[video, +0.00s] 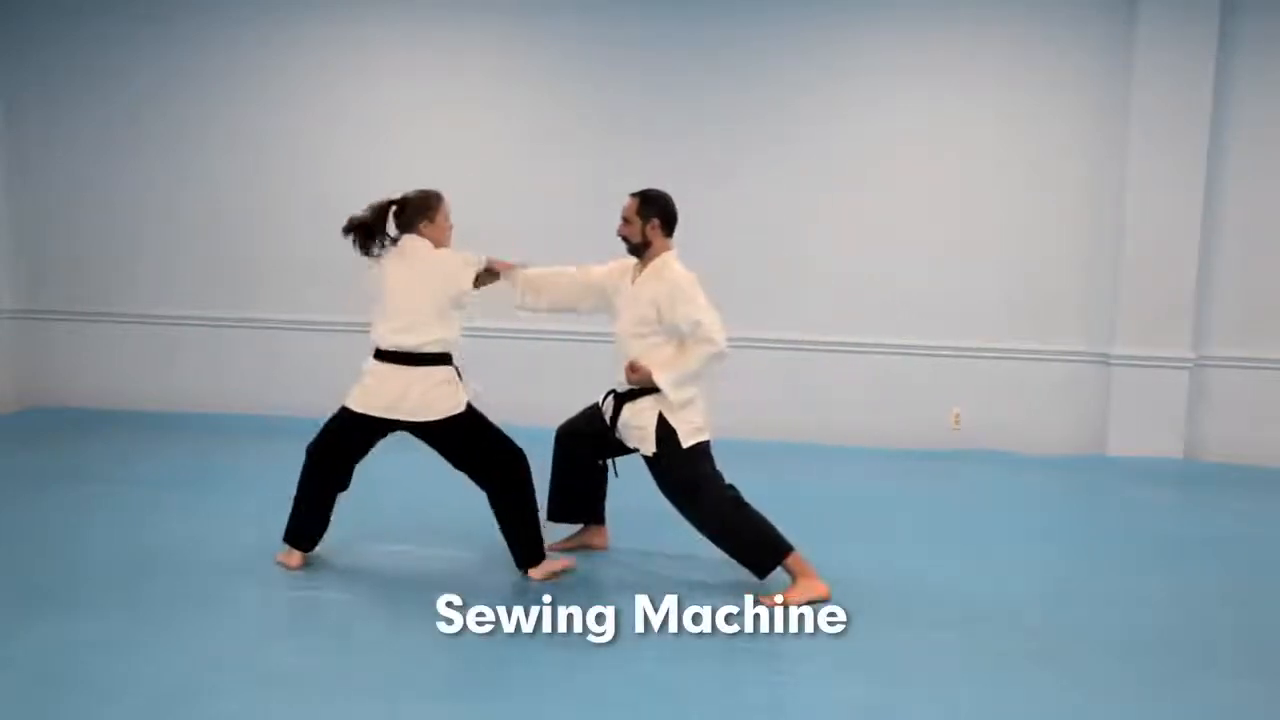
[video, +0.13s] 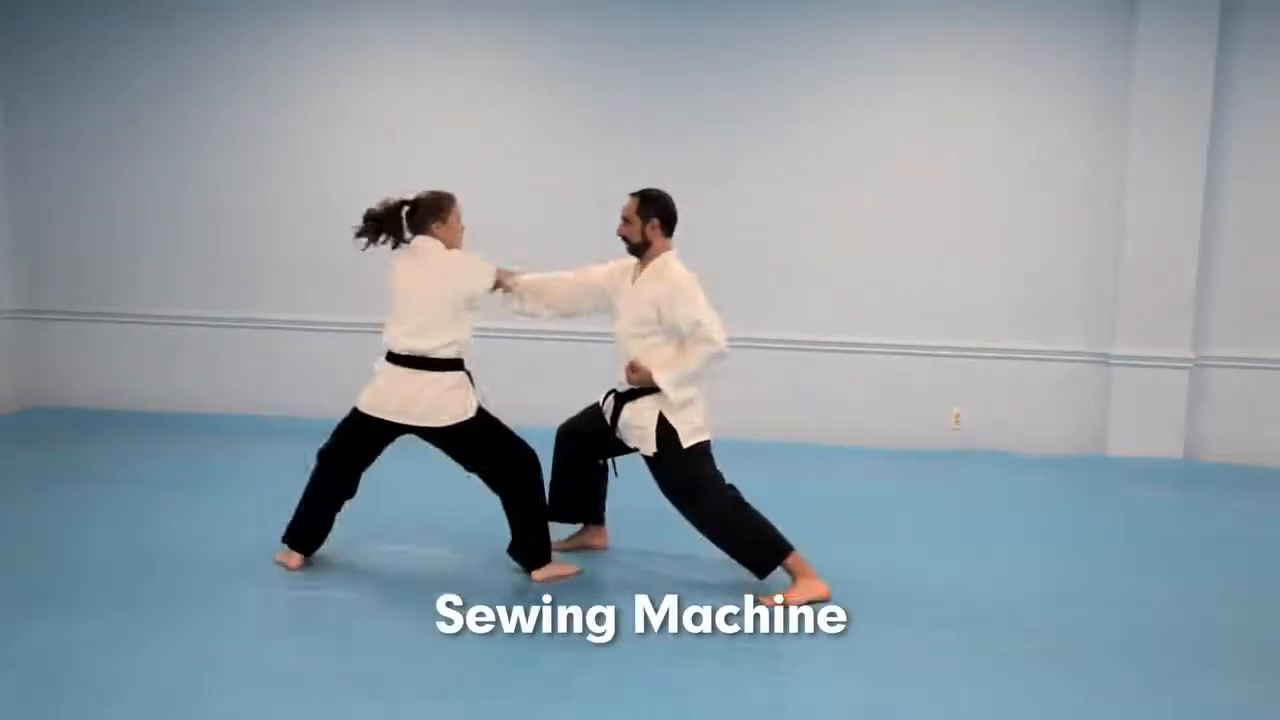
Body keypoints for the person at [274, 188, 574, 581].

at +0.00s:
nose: (450, 226)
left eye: (448, 218)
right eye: (446, 220)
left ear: (407, 225)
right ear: (428, 225)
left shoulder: (389, 259)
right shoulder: (451, 264)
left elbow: (444, 275)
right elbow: (485, 276)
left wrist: (488, 269)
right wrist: (501, 270)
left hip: (376, 394)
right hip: (434, 399)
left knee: (325, 455)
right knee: (506, 462)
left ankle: (296, 549)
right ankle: (535, 562)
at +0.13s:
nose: (463, 228)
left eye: (461, 220)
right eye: (458, 221)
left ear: (422, 226)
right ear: (439, 226)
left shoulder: (401, 261)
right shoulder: (467, 267)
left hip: (387, 397)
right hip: (445, 404)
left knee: (336, 463)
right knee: (519, 465)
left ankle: (295, 550)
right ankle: (539, 562)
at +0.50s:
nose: (509, 212)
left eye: (507, 204)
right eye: (505, 206)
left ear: (463, 210)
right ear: (491, 210)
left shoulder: (437, 250)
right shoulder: (515, 248)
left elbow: (421, 289)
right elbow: (571, 252)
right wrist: (617, 236)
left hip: (435, 376)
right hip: (492, 378)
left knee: (410, 454)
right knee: (538, 465)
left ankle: (400, 544)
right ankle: (549, 562)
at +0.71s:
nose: (500, 226)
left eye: (499, 218)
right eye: (496, 219)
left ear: (453, 223)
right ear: (478, 224)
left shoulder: (427, 259)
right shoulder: (501, 253)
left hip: (435, 388)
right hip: (491, 386)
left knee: (417, 462)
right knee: (574, 442)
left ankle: (403, 549)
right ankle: (579, 533)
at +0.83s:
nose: (503, 236)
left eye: (502, 229)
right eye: (500, 230)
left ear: (461, 232)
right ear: (490, 233)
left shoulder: (439, 273)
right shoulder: (505, 263)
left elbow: (437, 319)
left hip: (456, 398)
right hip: (510, 393)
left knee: (421, 466)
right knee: (587, 444)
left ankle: (400, 551)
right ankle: (617, 541)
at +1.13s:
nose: (590, 213)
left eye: (586, 206)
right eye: (585, 207)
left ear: (551, 222)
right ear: (574, 217)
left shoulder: (533, 268)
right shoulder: (613, 257)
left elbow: (481, 306)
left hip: (534, 385)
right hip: (591, 386)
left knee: (489, 465)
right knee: (635, 466)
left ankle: (434, 546)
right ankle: (659, 562)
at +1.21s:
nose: (607, 209)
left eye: (603, 201)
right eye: (601, 203)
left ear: (564, 215)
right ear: (588, 212)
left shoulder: (541, 258)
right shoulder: (623, 250)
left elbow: (500, 299)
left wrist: (478, 291)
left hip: (542, 377)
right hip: (599, 381)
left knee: (507, 458)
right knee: (637, 464)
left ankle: (470, 548)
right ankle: (661, 562)